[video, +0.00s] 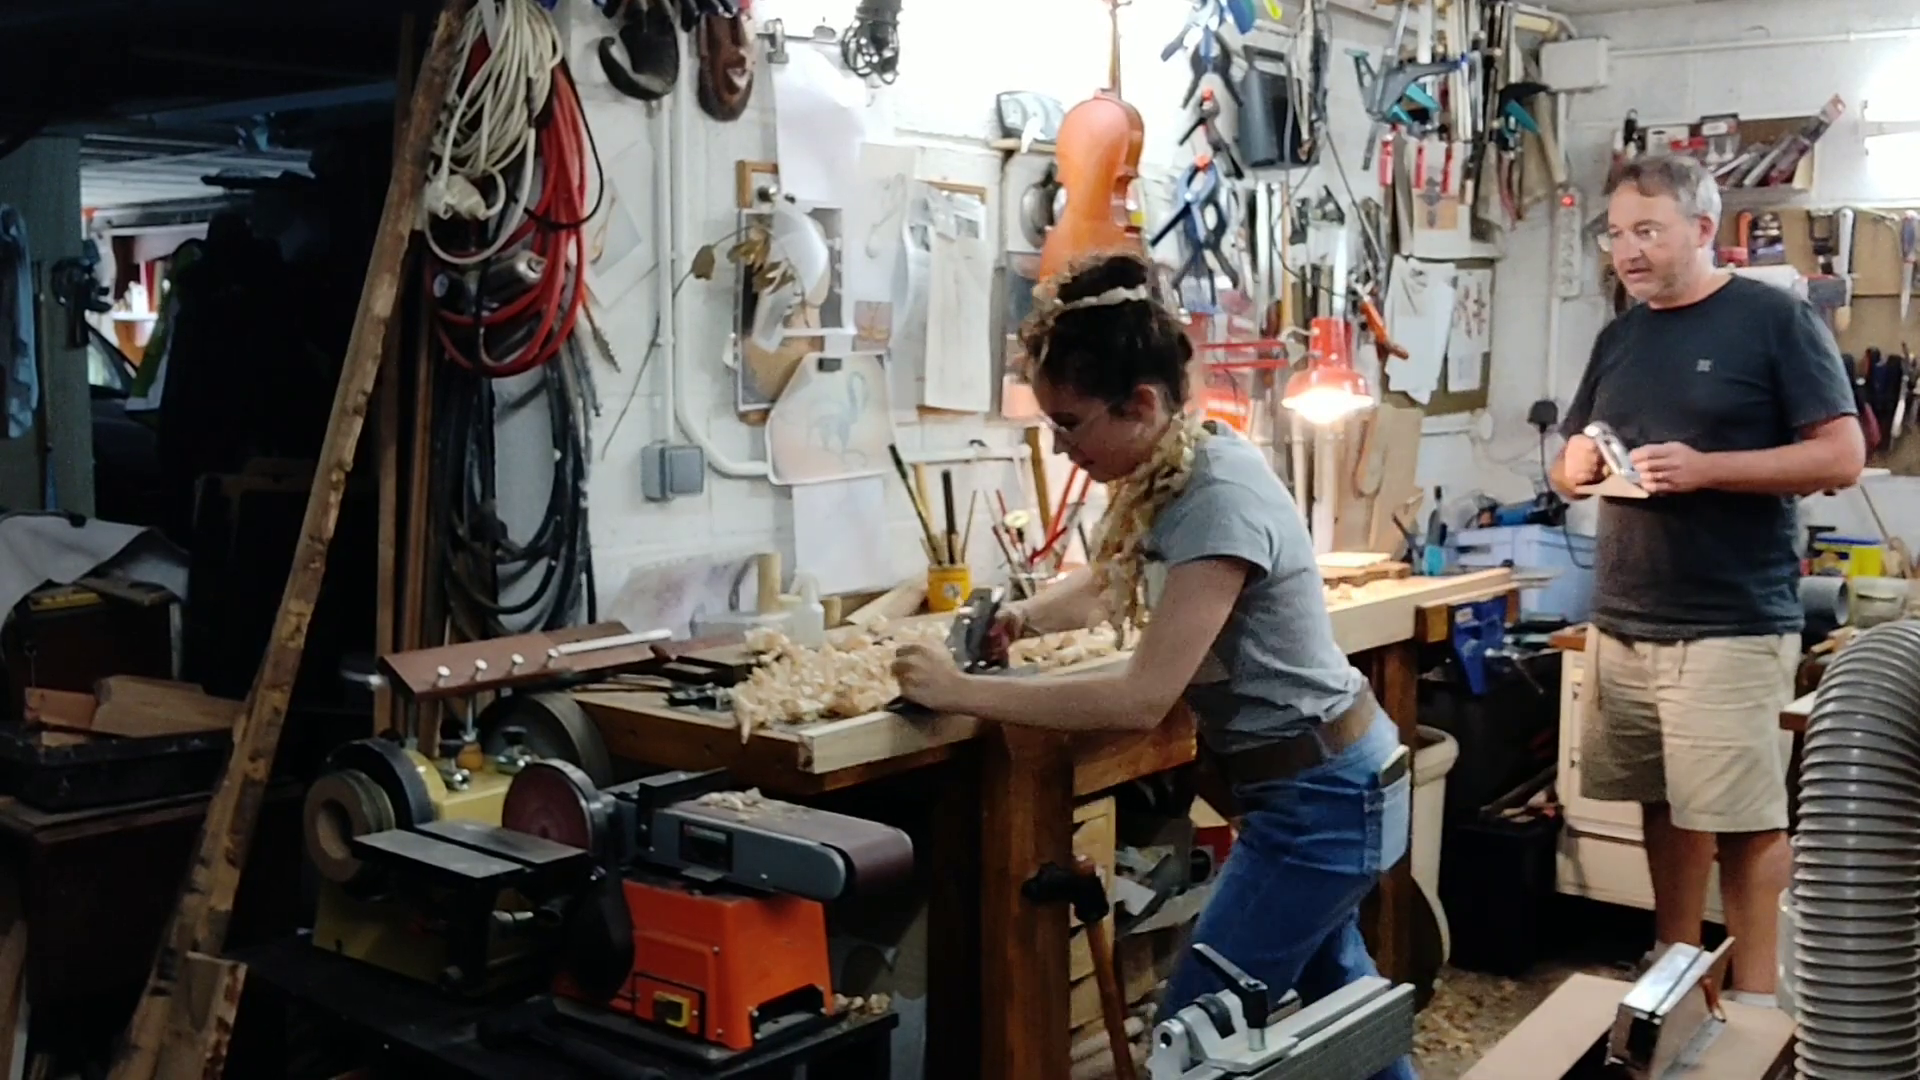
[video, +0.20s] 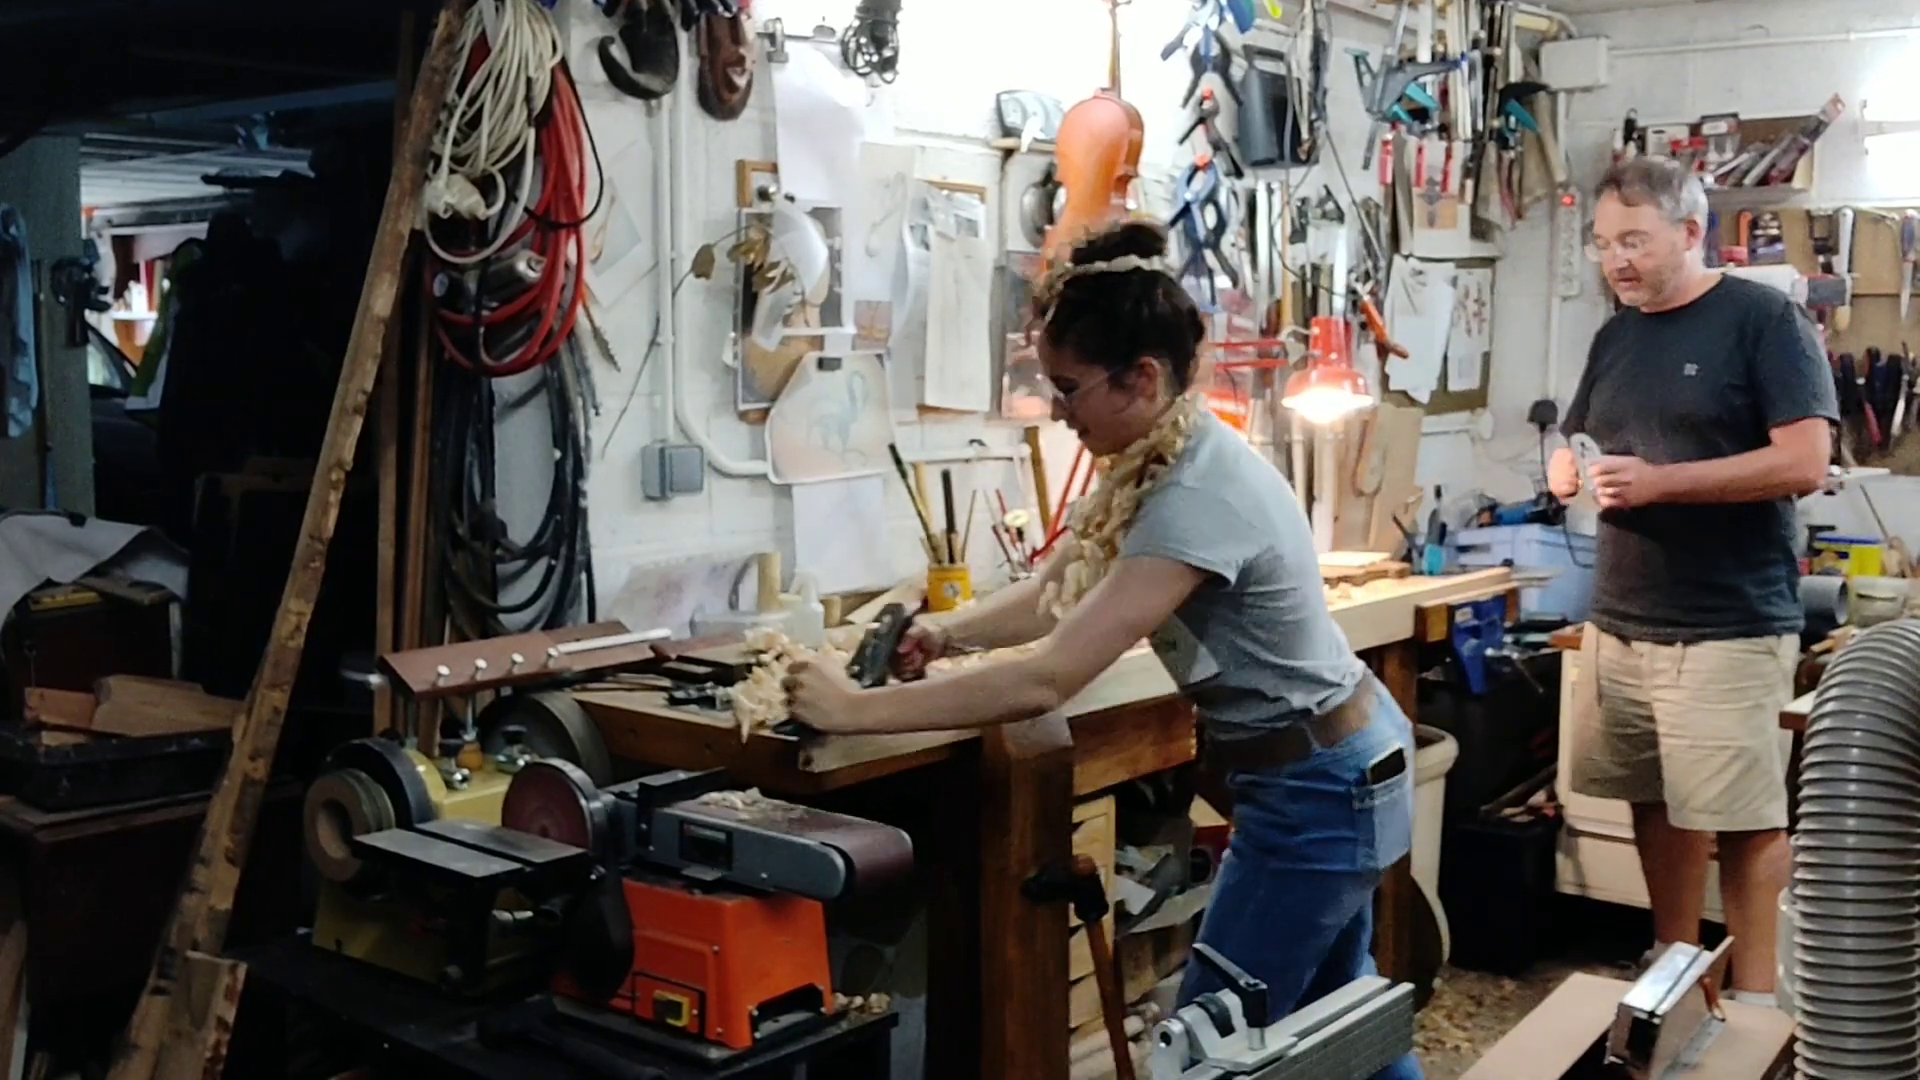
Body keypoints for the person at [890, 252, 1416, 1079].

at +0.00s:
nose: (1059, 445)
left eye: (1068, 423)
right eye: (1052, 424)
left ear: (1144, 402)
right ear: (1139, 406)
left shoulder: (1219, 494)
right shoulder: (1165, 480)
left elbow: (1142, 696)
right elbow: (1102, 584)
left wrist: (964, 689)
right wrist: (1010, 620)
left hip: (1325, 795)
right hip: (1294, 787)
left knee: (1194, 1026)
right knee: (1348, 1013)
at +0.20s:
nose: (1056, 410)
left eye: (1067, 388)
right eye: (1053, 388)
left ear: (1142, 379)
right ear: (1140, 383)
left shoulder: (1199, 490)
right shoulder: (1156, 470)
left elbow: (1050, 676)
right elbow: (1051, 592)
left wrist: (854, 706)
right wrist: (949, 631)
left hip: (1319, 788)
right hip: (1310, 773)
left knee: (1211, 1040)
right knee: (1350, 1023)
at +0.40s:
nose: (1089, 369)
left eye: (1104, 349)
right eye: (1090, 346)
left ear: (1179, 354)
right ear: (1179, 356)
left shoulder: (1218, 474)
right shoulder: (1187, 457)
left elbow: (1069, 646)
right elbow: (1065, 589)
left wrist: (864, 652)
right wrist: (962, 611)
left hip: (1318, 784)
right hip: (1366, 758)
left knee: (1225, 1043)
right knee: (1375, 1032)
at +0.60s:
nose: (1172, 343)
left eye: (1178, 320)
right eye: (1171, 320)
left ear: (1223, 328)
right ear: (1300, 325)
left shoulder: (1253, 466)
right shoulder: (1344, 432)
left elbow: (1164, 677)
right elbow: (1289, 600)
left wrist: (1021, 597)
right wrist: (1149, 579)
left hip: (1322, 786)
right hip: (1430, 761)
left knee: (1228, 1043)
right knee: (1380, 1043)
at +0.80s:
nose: (1288, 325)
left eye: (1287, 309)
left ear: (1302, 320)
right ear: (1413, 310)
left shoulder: (1280, 468)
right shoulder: (1500, 446)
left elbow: (1237, 675)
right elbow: (1504, 634)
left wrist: (1165, 581)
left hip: (1332, 784)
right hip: (1475, 771)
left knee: (1237, 1037)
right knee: (1419, 1050)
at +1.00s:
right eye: (1483, 301)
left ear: (1358, 308)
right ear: (1472, 306)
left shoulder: (1296, 449)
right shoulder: (1548, 446)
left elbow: (1281, 639)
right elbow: (1584, 645)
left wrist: (1360, 574)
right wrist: (1509, 581)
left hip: (1327, 754)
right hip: (1477, 755)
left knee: (1295, 1029)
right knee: (1434, 1042)